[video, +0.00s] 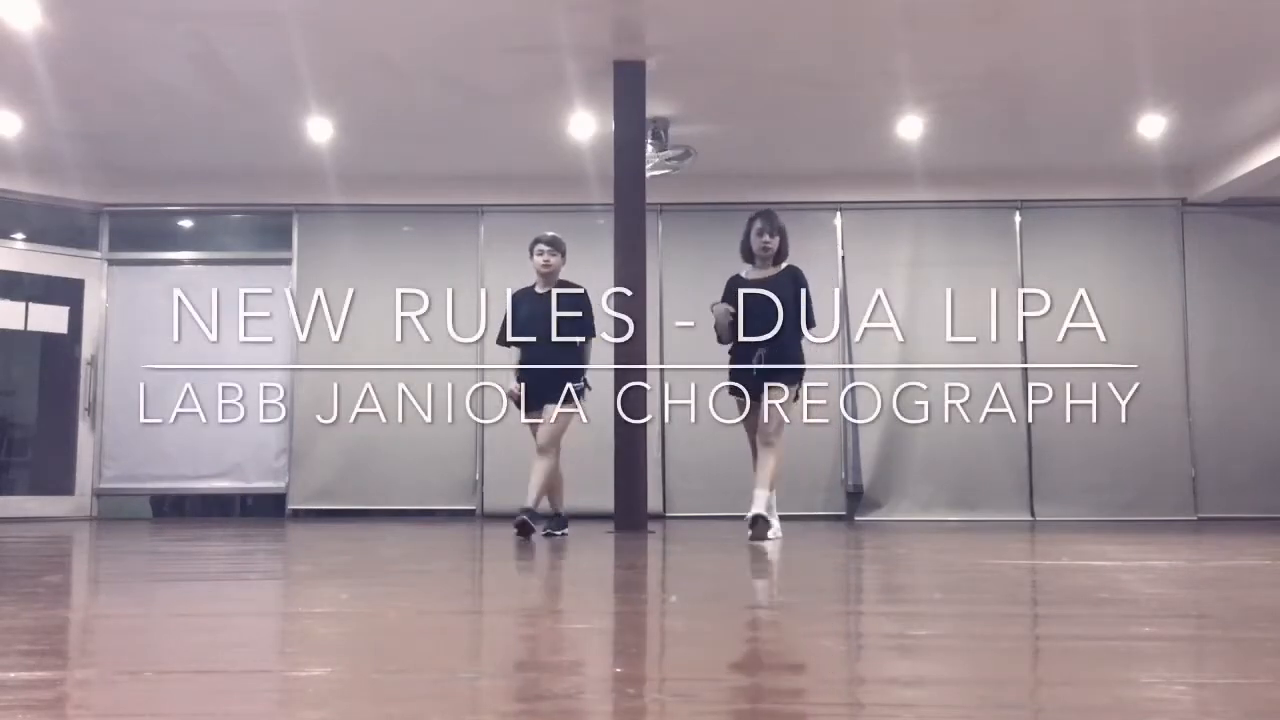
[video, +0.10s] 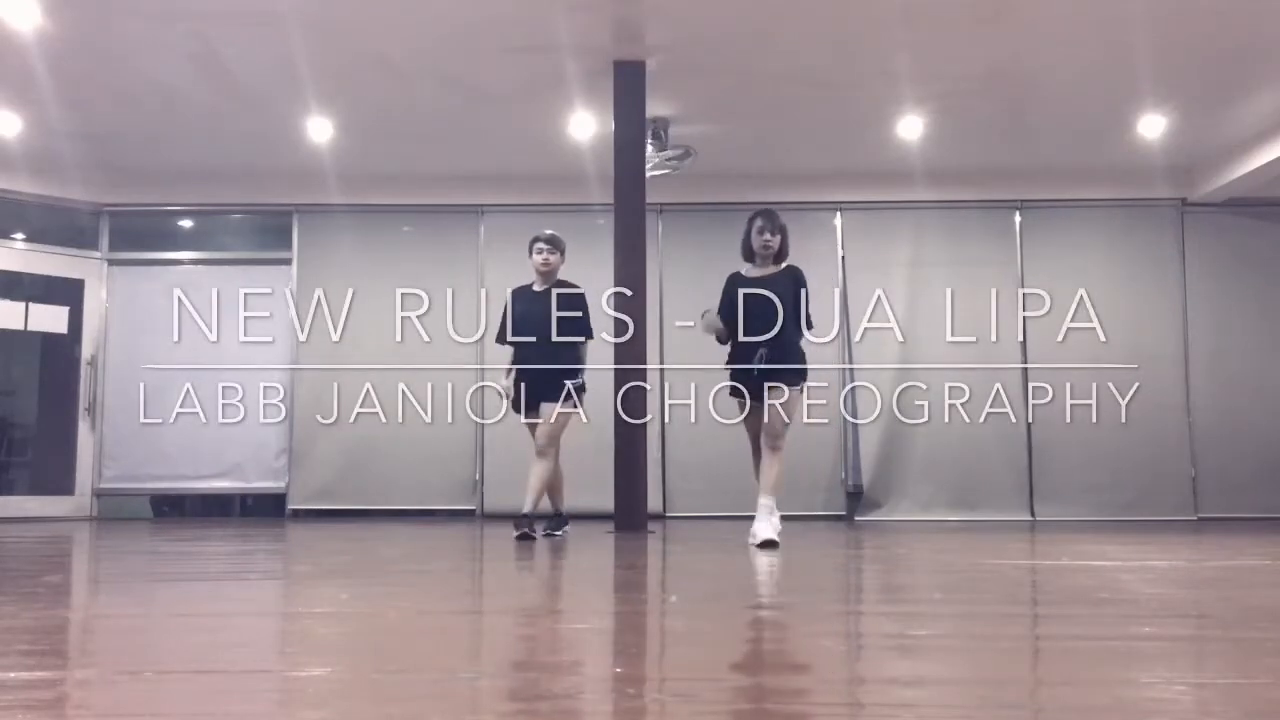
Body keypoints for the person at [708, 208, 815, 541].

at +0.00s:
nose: (766, 240)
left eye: (772, 234)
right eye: (760, 234)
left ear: (781, 239)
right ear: (749, 239)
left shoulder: (792, 275)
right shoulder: (736, 282)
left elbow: (807, 325)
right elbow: (725, 339)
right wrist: (720, 317)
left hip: (782, 364)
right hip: (745, 367)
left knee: (769, 433)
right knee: (757, 441)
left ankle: (757, 512)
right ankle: (770, 518)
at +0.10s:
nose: (767, 238)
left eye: (773, 233)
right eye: (761, 232)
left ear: (782, 238)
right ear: (749, 237)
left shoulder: (793, 276)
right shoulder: (736, 280)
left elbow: (804, 325)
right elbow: (726, 335)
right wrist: (715, 325)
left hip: (785, 365)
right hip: (745, 367)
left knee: (774, 439)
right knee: (758, 444)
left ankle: (764, 518)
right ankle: (770, 514)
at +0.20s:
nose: (769, 229)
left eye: (775, 224)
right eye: (762, 223)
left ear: (784, 230)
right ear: (750, 228)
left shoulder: (793, 270)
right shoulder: (734, 270)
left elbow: (801, 320)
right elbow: (722, 317)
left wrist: (805, 369)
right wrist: (708, 328)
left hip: (790, 363)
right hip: (748, 366)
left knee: (778, 438)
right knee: (759, 442)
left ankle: (764, 521)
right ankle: (770, 513)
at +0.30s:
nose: (771, 222)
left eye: (777, 217)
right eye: (765, 216)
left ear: (785, 223)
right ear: (752, 220)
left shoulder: (795, 264)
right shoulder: (734, 262)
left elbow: (803, 319)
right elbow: (718, 310)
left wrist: (810, 367)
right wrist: (707, 346)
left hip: (792, 360)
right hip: (750, 363)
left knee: (779, 437)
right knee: (757, 438)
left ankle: (764, 521)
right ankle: (769, 505)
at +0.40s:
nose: (774, 216)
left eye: (780, 210)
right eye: (767, 210)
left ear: (788, 216)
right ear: (754, 215)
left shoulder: (797, 261)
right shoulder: (736, 256)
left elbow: (807, 318)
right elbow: (721, 310)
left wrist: (823, 358)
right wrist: (713, 354)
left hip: (796, 358)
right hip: (753, 359)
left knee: (781, 433)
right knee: (757, 435)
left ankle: (764, 520)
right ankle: (760, 509)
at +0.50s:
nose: (777, 210)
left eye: (783, 204)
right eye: (770, 203)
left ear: (792, 210)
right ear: (756, 209)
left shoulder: (800, 258)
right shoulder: (739, 249)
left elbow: (810, 316)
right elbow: (727, 307)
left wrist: (840, 340)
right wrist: (726, 358)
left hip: (799, 355)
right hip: (757, 356)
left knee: (783, 438)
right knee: (760, 439)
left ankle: (764, 520)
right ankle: (756, 505)